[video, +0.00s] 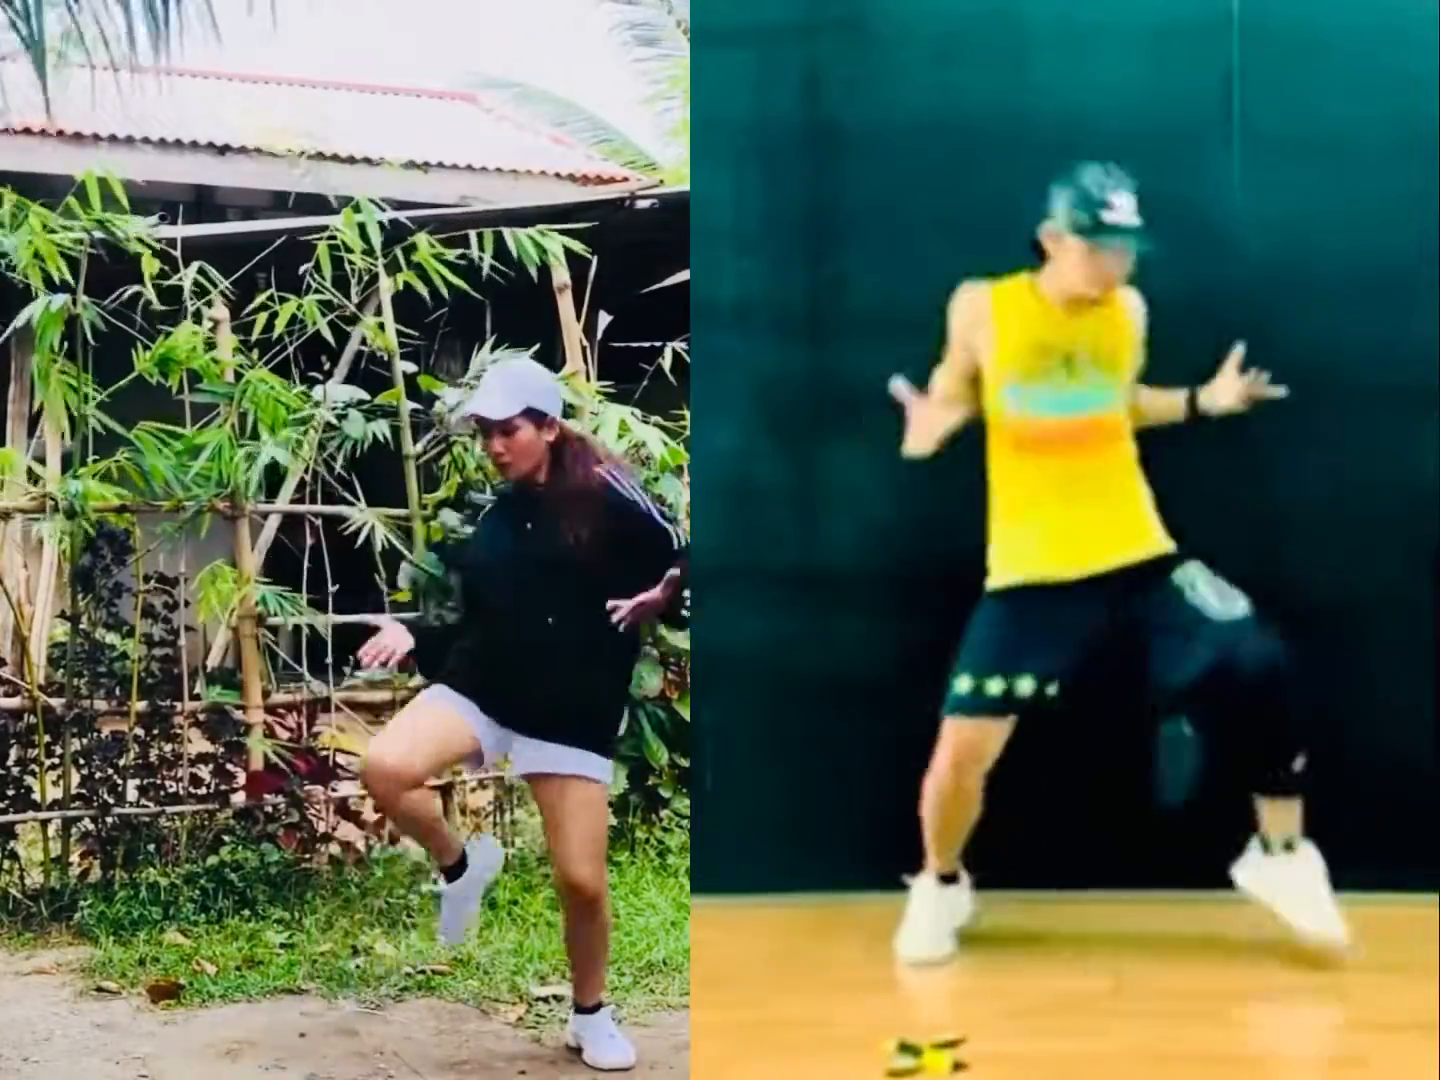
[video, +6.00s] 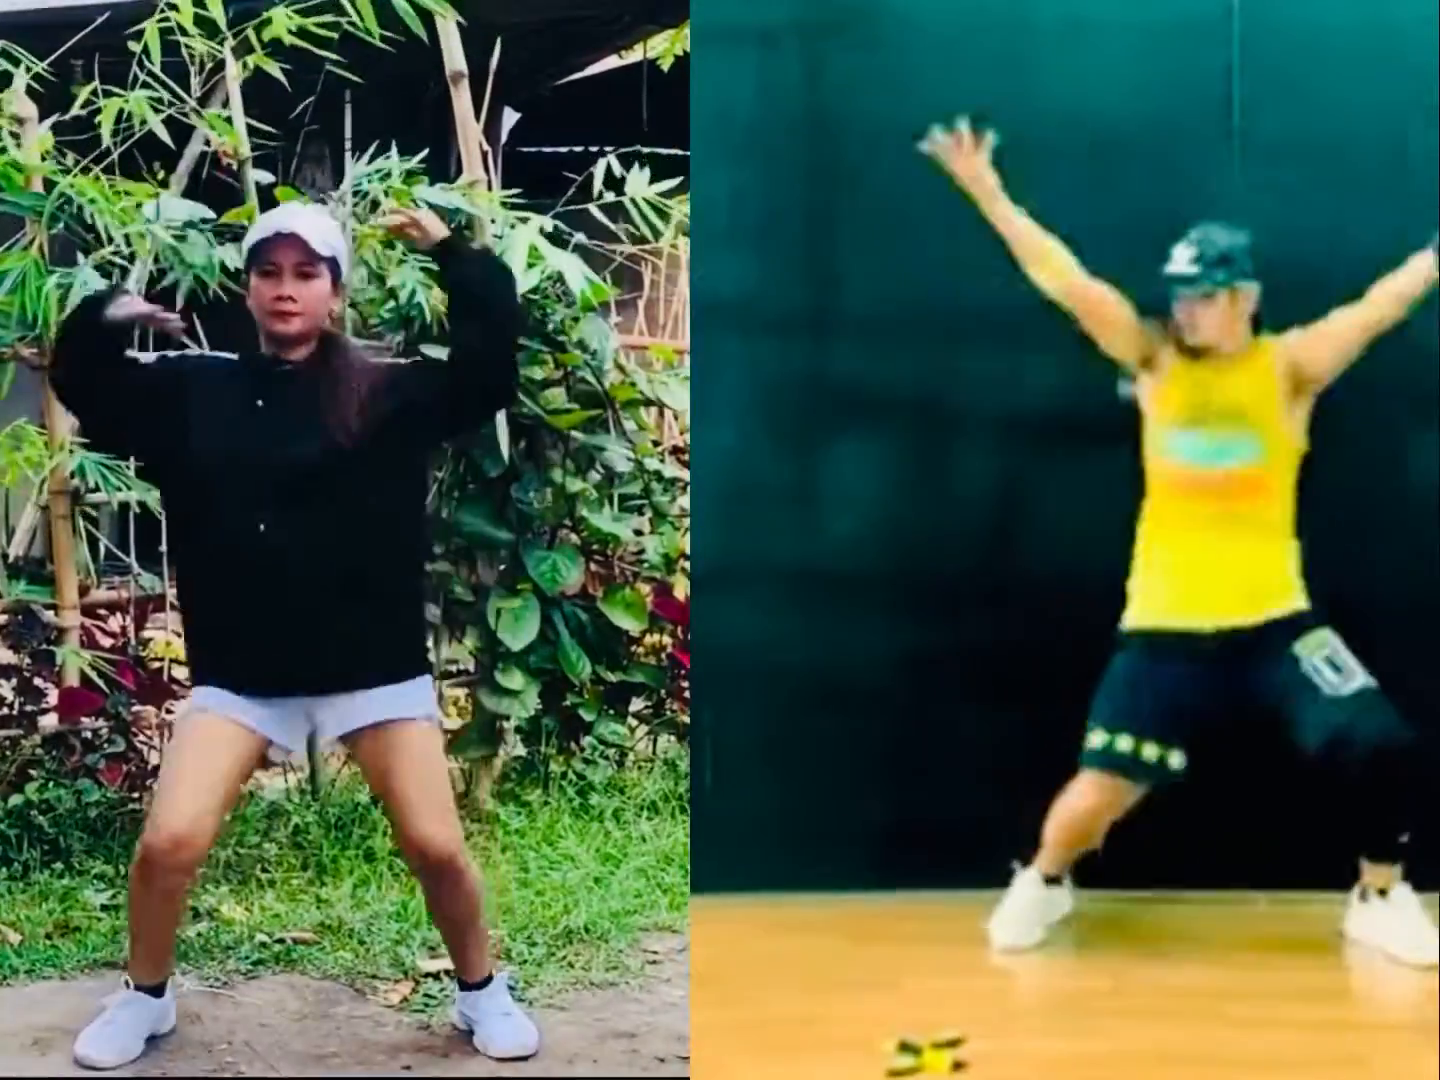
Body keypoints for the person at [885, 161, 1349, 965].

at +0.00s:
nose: (1112, 265)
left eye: (1122, 247)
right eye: (1095, 246)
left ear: (1132, 247)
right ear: (1050, 239)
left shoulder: (1127, 310)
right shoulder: (983, 309)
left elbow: (1122, 403)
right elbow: (955, 389)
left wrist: (1203, 400)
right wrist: (932, 421)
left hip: (1140, 562)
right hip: (1030, 577)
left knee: (1260, 662)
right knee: (960, 754)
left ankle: (1281, 851)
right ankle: (939, 885)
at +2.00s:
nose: (1111, 274)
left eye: (1116, 258)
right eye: (1094, 260)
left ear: (1125, 255)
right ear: (1050, 259)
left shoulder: (1138, 310)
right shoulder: (997, 319)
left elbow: (1200, 393)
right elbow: (908, 408)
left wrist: (1259, 398)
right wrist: (877, 391)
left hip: (1112, 540)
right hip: (1016, 564)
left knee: (1253, 524)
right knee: (998, 754)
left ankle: (1222, 697)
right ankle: (968, 894)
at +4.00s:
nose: (1139, 220)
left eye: (1153, 205)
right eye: (1124, 204)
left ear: (1172, 213)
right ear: (1091, 210)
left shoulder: (1194, 298)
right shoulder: (1051, 282)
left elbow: (1224, 410)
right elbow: (978, 371)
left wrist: (1305, 380)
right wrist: (984, 325)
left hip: (1196, 533)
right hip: (1085, 548)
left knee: (1313, 668)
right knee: (1038, 735)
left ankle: (1348, 844)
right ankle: (1031, 883)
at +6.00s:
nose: (1200, 314)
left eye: (1214, 297)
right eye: (1189, 300)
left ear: (1251, 300)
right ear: (1175, 307)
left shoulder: (1291, 367)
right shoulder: (1151, 364)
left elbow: (1378, 307)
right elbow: (1066, 282)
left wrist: (1430, 260)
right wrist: (988, 192)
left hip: (1275, 621)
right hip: (1164, 626)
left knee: (1384, 747)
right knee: (1106, 789)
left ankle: (1380, 896)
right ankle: (1042, 882)